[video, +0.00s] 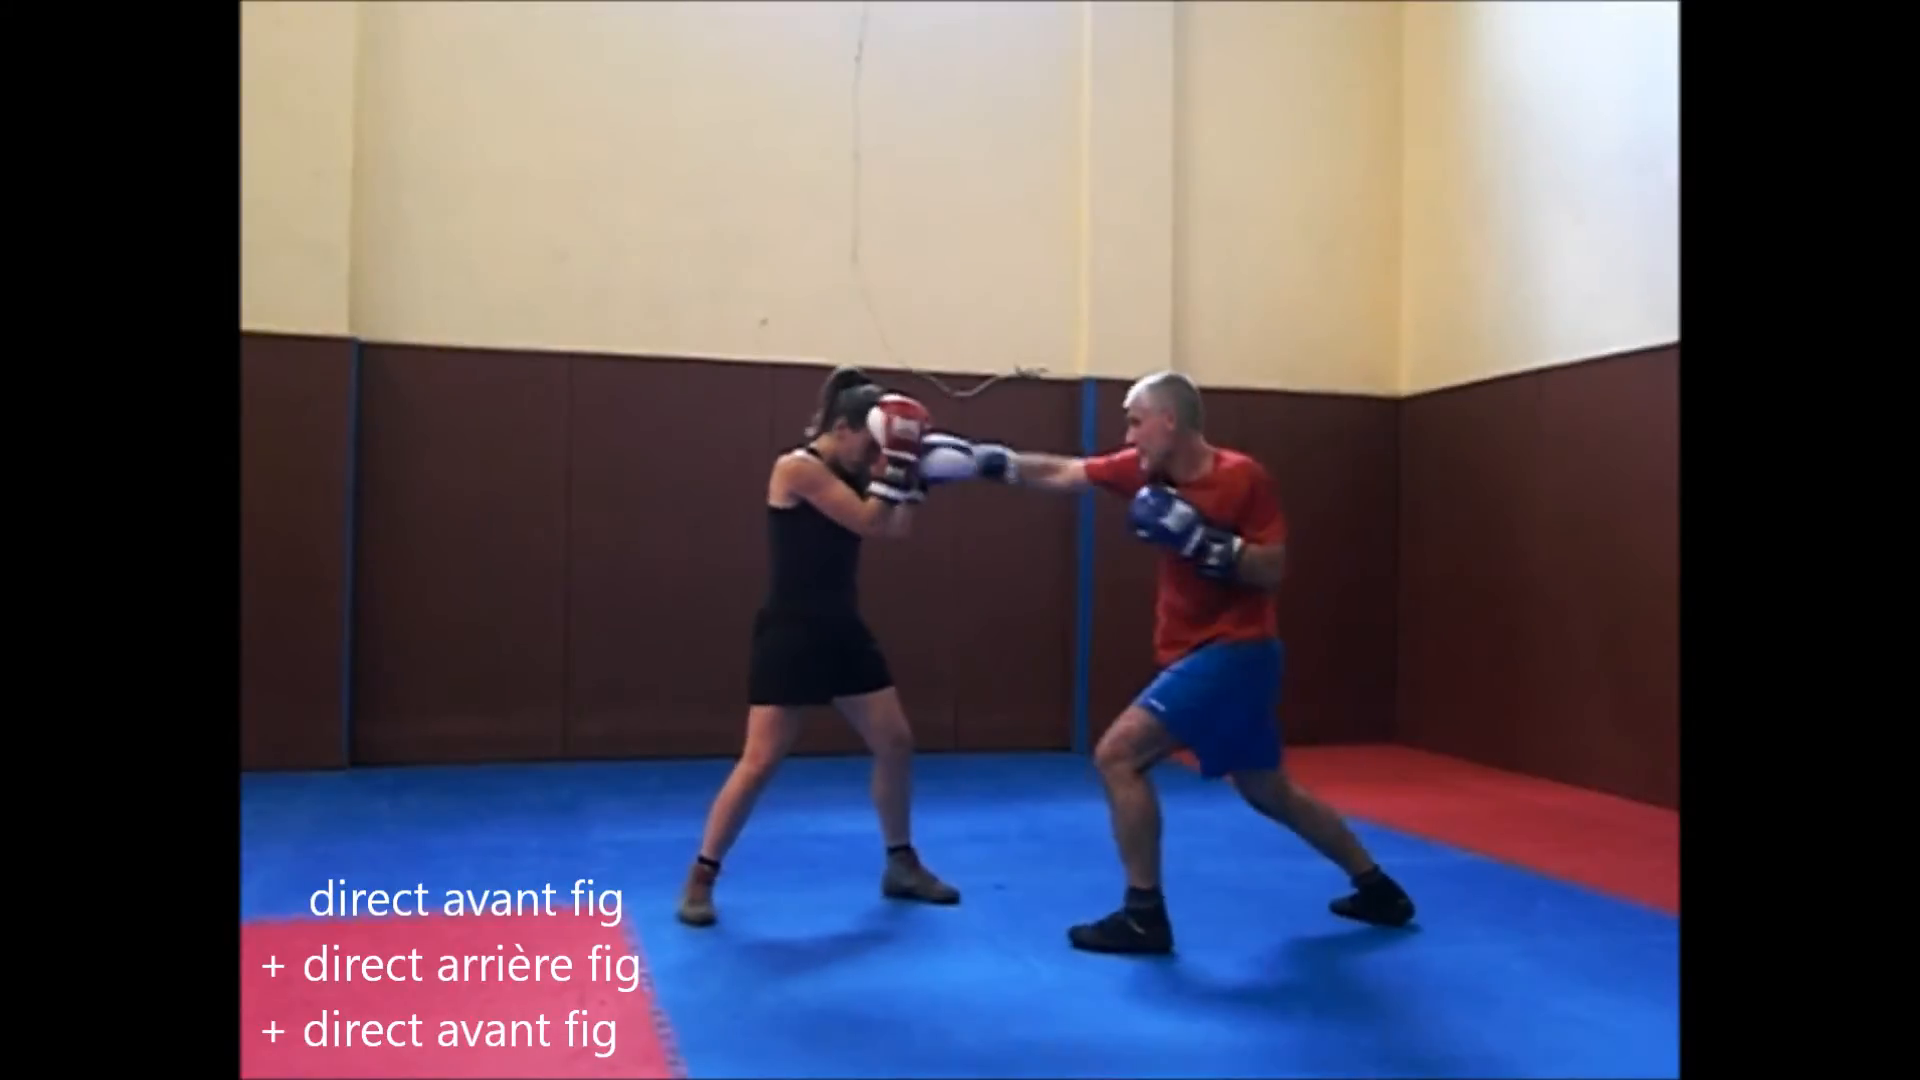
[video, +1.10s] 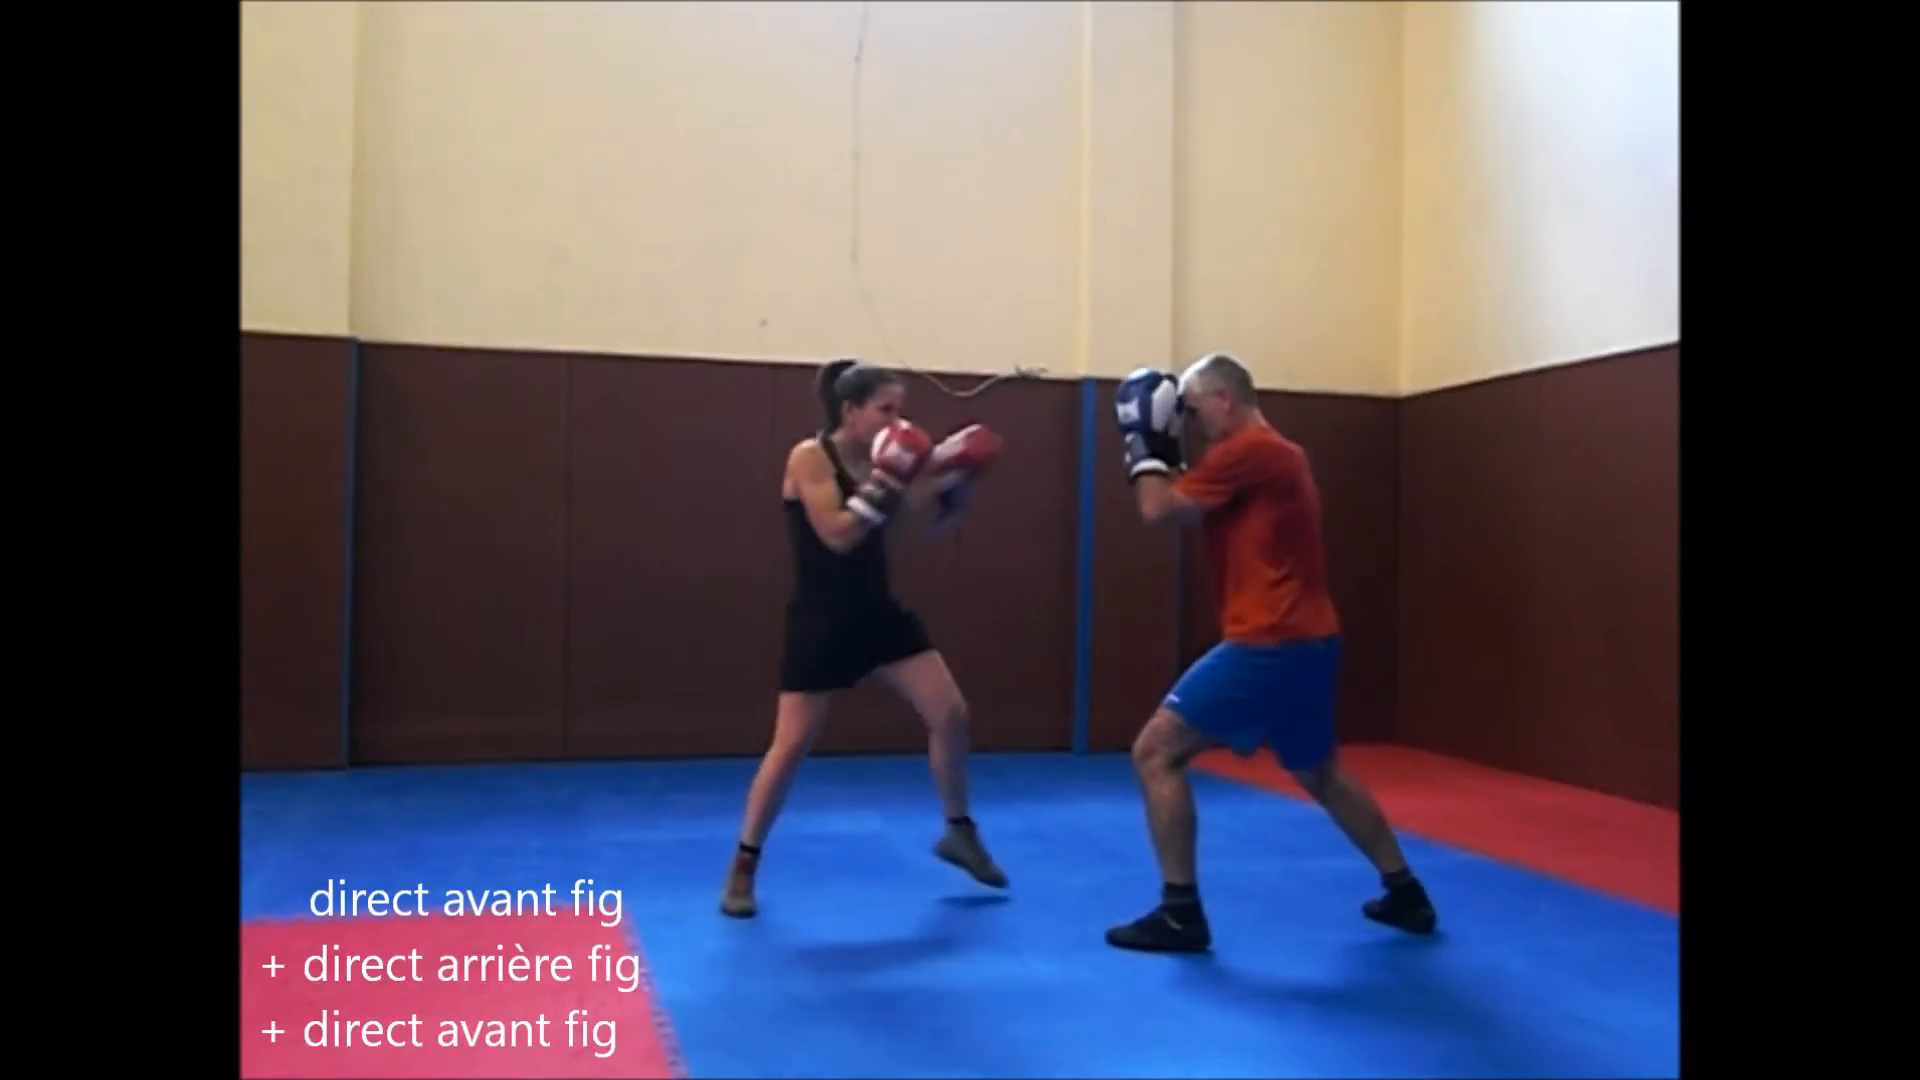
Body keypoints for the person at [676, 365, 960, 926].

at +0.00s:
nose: (873, 451)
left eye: (877, 442)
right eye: (869, 440)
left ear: (858, 434)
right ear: (841, 429)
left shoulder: (846, 475)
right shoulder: (797, 468)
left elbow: (894, 525)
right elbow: (872, 522)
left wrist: (913, 472)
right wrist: (892, 466)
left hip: (840, 631)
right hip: (789, 633)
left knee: (894, 741)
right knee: (760, 760)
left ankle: (901, 865)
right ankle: (701, 878)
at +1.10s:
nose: (894, 421)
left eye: (898, 411)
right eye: (885, 410)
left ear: (877, 415)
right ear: (850, 410)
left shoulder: (883, 460)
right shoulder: (810, 457)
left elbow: (922, 521)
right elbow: (837, 532)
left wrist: (955, 485)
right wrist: (888, 483)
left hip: (878, 616)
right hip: (820, 622)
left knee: (949, 712)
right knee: (791, 744)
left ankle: (959, 830)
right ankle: (744, 863)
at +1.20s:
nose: (913, 427)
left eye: (916, 416)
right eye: (902, 416)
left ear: (915, 419)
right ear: (863, 416)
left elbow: (1001, 465)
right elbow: (817, 539)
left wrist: (1058, 446)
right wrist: (867, 491)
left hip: (897, 617)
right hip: (839, 618)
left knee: (942, 734)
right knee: (808, 739)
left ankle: (959, 855)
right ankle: (747, 861)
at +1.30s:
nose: (941, 433)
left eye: (944, 423)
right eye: (932, 422)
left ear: (933, 423)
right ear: (897, 422)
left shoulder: (940, 467)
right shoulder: (852, 469)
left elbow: (1015, 498)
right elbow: (831, 544)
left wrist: (1051, 457)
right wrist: (881, 501)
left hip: (912, 627)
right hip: (857, 626)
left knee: (953, 738)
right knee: (826, 748)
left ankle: (958, 861)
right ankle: (754, 861)